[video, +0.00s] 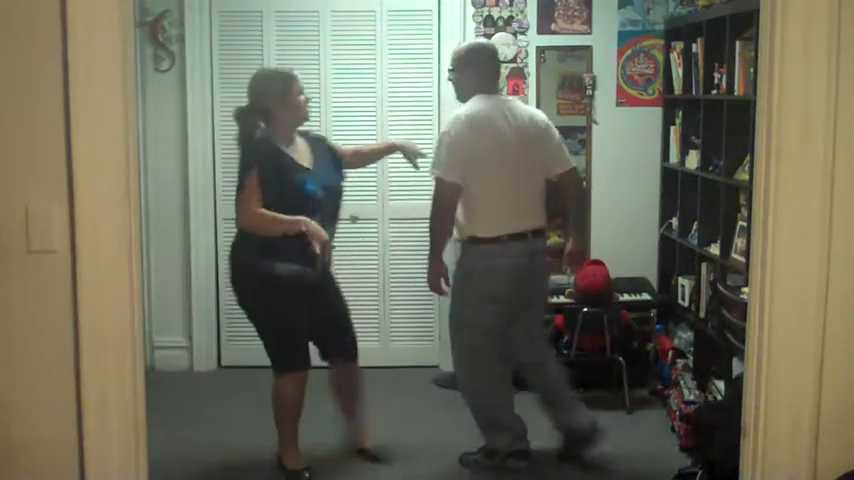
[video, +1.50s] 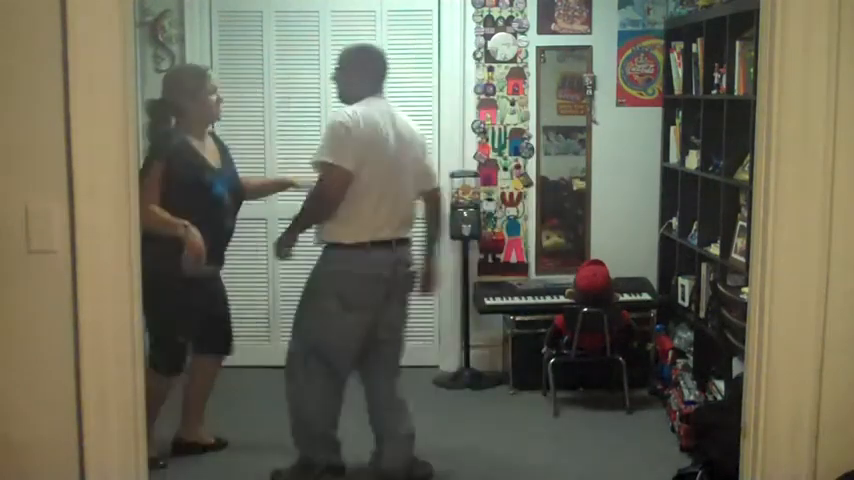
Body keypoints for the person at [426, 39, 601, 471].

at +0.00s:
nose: (452, 79)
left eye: (456, 72)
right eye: (452, 72)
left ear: (473, 73)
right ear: (495, 72)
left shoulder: (460, 125)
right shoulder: (534, 119)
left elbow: (445, 199)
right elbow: (573, 185)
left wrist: (434, 258)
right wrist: (576, 239)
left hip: (485, 256)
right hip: (533, 252)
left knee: (477, 357)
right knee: (530, 343)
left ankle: (504, 446)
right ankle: (578, 426)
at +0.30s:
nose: (449, 86)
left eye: (453, 78)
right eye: (451, 78)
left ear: (468, 80)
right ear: (496, 79)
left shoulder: (461, 129)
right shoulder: (535, 121)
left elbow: (447, 199)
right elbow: (570, 189)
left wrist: (437, 263)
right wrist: (571, 239)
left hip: (497, 259)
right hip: (545, 251)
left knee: (459, 341)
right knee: (552, 349)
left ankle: (488, 439)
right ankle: (588, 448)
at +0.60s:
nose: (408, 92)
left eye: (415, 84)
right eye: (409, 85)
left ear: (441, 85)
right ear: (432, 88)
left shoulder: (474, 128)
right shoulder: (441, 137)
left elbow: (521, 183)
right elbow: (439, 205)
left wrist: (488, 247)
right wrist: (399, 244)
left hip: (480, 267)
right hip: (447, 265)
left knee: (452, 356)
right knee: (422, 341)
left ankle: (448, 444)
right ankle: (516, 375)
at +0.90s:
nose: (465, 64)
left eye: (465, 56)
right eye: (455, 56)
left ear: (459, 64)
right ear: (426, 62)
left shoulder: (466, 113)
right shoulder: (398, 119)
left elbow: (481, 166)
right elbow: (378, 186)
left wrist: (479, 210)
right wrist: (447, 215)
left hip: (447, 245)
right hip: (406, 243)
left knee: (447, 344)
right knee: (433, 343)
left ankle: (402, 434)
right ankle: (386, 432)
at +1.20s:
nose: (400, 77)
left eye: (399, 70)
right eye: (414, 70)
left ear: (396, 73)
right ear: (435, 76)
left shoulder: (365, 117)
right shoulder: (454, 128)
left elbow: (336, 182)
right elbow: (475, 203)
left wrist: (374, 203)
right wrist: (478, 261)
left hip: (355, 252)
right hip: (412, 255)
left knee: (361, 355)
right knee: (407, 360)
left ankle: (370, 448)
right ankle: (397, 460)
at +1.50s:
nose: (335, 78)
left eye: (341, 71)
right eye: (337, 71)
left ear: (359, 74)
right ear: (378, 75)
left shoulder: (347, 121)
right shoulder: (407, 128)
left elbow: (329, 191)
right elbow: (434, 197)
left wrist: (293, 230)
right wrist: (431, 258)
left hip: (349, 264)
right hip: (396, 262)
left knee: (312, 359)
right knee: (382, 365)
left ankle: (318, 459)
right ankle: (396, 458)